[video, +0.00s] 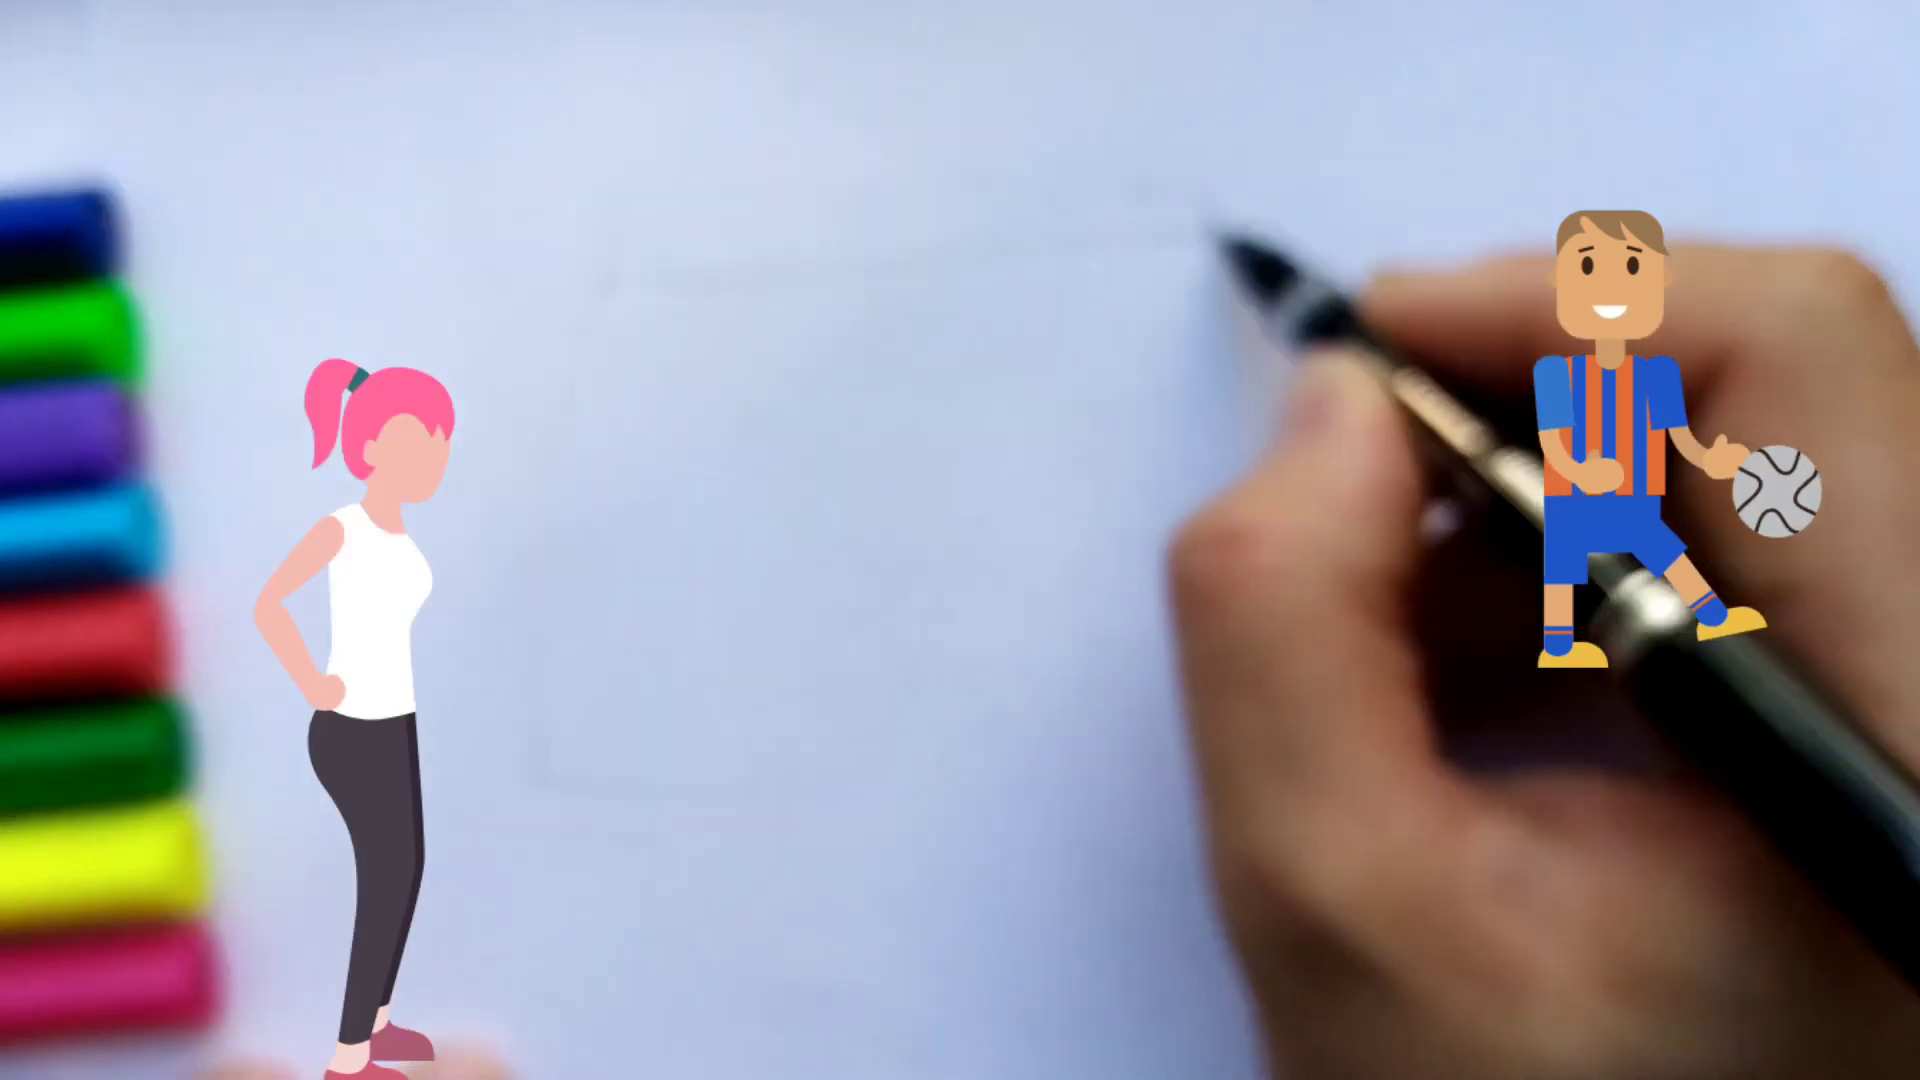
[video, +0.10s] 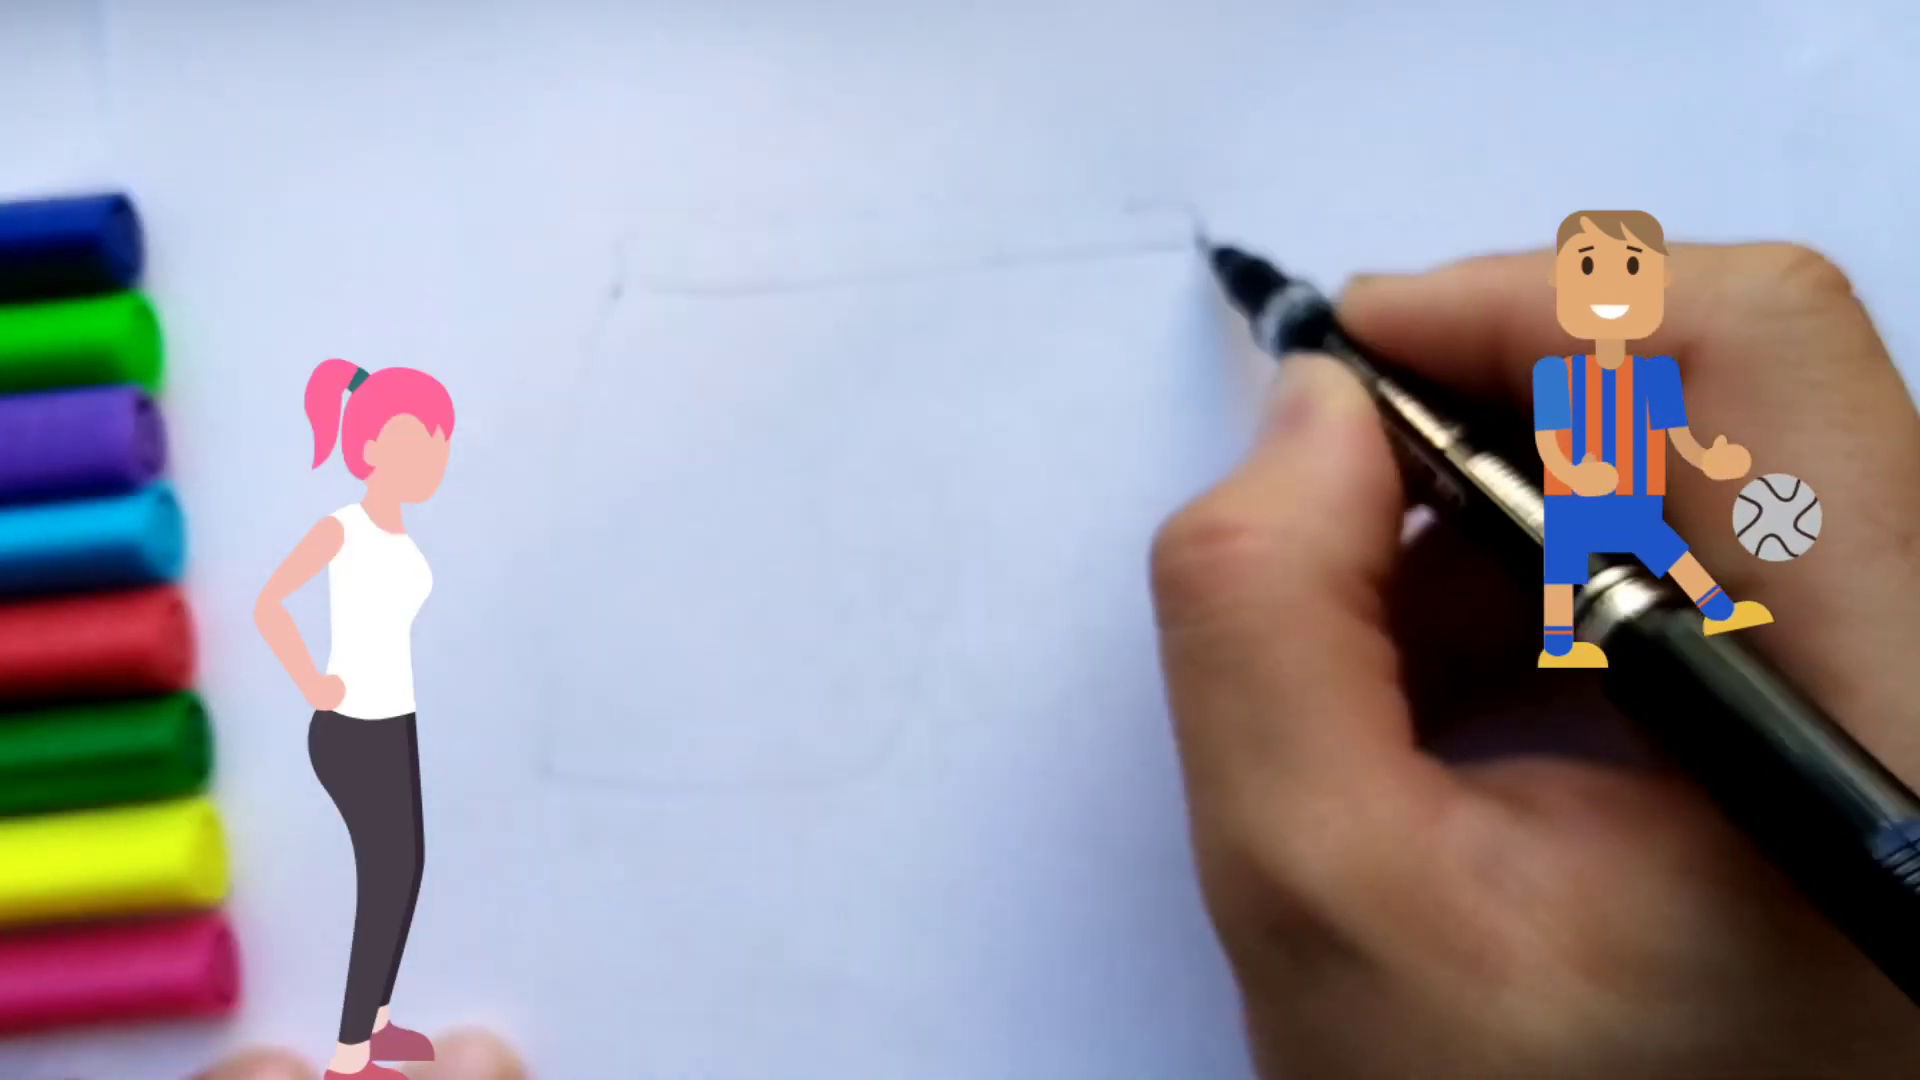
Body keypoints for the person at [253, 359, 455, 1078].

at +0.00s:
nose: (439, 455)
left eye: (441, 440)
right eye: (424, 437)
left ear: (438, 450)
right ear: (376, 446)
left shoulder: (403, 534)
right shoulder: (344, 528)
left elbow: (383, 622)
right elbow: (268, 605)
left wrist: (393, 685)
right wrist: (312, 684)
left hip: (397, 730)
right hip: (354, 732)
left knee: (405, 873)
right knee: (387, 878)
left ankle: (375, 1021)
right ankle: (349, 1051)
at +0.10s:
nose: (438, 456)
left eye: (441, 440)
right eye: (423, 438)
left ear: (439, 450)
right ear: (375, 446)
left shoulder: (403, 534)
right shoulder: (344, 528)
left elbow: (383, 623)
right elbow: (268, 605)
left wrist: (393, 685)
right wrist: (312, 684)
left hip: (397, 730)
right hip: (354, 732)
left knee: (405, 873)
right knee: (387, 878)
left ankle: (375, 1020)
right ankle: (349, 1050)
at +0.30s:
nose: (402, 588)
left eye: (403, 572)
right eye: (385, 571)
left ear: (405, 580)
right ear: (343, 578)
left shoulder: (363, 660)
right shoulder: (312, 656)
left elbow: (320, 738)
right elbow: (213, 713)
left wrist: (313, 795)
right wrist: (249, 790)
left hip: (306, 842)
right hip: (263, 851)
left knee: (391, 865)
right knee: (392, 872)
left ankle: (340, 1023)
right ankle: (351, 1056)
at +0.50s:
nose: (437, 456)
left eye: (440, 441)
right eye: (422, 439)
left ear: (440, 450)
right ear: (375, 447)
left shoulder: (404, 535)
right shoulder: (343, 529)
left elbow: (384, 623)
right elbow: (268, 605)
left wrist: (394, 686)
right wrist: (312, 684)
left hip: (397, 731)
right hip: (353, 733)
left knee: (405, 873)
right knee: (387, 878)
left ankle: (373, 1021)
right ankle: (349, 1051)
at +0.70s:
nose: (437, 456)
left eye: (440, 440)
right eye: (421, 438)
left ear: (440, 450)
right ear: (374, 446)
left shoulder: (404, 536)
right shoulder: (344, 529)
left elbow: (384, 623)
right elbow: (268, 604)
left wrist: (395, 686)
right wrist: (312, 683)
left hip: (397, 731)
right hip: (353, 732)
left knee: (405, 872)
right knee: (387, 878)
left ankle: (373, 1021)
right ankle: (349, 1051)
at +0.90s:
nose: (404, 588)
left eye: (404, 572)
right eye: (387, 571)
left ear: (404, 579)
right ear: (344, 578)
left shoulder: (363, 661)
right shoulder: (311, 656)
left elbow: (322, 739)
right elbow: (213, 713)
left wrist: (317, 798)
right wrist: (249, 790)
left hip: (307, 842)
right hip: (263, 851)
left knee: (391, 865)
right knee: (392, 873)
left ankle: (340, 1023)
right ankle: (350, 1056)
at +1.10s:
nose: (435, 455)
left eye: (439, 440)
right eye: (419, 437)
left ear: (440, 450)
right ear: (374, 446)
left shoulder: (403, 535)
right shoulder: (344, 529)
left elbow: (383, 621)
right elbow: (268, 605)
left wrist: (394, 684)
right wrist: (312, 684)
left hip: (397, 730)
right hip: (353, 732)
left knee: (405, 874)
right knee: (387, 879)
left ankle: (373, 1022)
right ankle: (348, 1052)